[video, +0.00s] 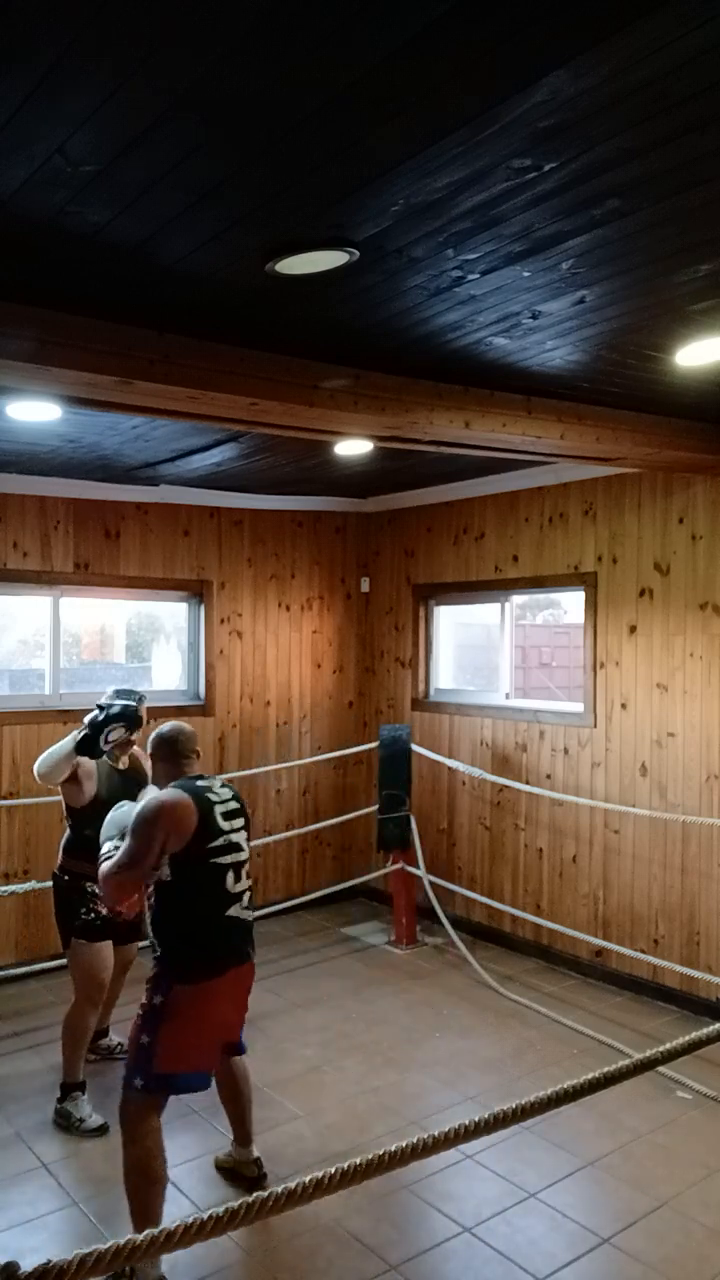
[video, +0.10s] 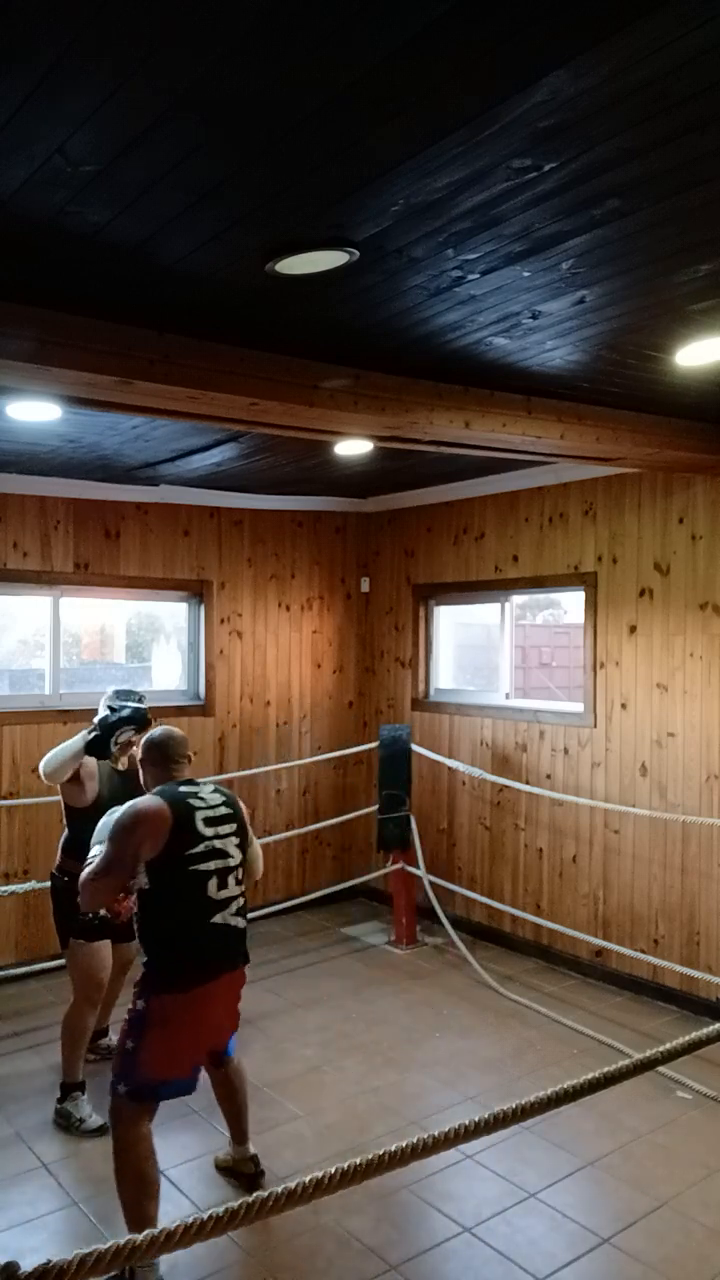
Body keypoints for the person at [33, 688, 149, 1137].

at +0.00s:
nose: (128, 733)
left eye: (134, 726)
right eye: (122, 725)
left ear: (139, 728)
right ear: (104, 724)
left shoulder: (140, 762)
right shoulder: (82, 764)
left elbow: (161, 801)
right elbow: (43, 773)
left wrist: (135, 758)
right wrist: (83, 733)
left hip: (129, 873)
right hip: (82, 877)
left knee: (122, 960)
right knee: (91, 990)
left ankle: (99, 1035)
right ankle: (70, 1095)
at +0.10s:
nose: (134, 738)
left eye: (139, 730)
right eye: (128, 730)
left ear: (141, 735)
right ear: (111, 731)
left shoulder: (139, 772)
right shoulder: (85, 766)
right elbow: (49, 772)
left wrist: (144, 751)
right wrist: (93, 732)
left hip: (125, 878)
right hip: (79, 881)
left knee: (123, 960)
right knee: (91, 991)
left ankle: (97, 1036)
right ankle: (70, 1097)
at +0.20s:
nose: (139, 745)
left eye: (142, 737)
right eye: (134, 736)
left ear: (141, 742)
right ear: (116, 738)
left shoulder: (140, 774)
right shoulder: (87, 769)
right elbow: (53, 774)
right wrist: (99, 735)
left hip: (119, 877)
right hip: (78, 880)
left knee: (120, 964)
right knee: (91, 988)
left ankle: (97, 1036)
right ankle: (71, 1097)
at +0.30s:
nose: (136, 749)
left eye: (141, 740)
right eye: (130, 740)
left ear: (143, 744)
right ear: (114, 741)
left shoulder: (141, 776)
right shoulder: (88, 769)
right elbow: (53, 776)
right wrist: (97, 737)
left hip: (120, 879)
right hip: (78, 881)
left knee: (115, 973)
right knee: (92, 989)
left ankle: (97, 1039)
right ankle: (71, 1095)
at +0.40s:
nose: (136, 739)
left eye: (142, 731)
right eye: (131, 730)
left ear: (143, 736)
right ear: (113, 730)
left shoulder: (139, 770)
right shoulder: (87, 765)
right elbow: (52, 776)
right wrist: (95, 736)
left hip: (123, 880)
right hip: (82, 882)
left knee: (115, 980)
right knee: (93, 994)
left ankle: (96, 1044)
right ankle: (71, 1095)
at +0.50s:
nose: (133, 733)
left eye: (138, 725)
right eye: (126, 724)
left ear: (143, 731)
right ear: (109, 727)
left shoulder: (146, 769)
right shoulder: (86, 763)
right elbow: (51, 773)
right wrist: (95, 733)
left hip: (127, 882)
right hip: (82, 882)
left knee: (115, 981)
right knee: (94, 991)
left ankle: (96, 1049)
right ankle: (72, 1093)